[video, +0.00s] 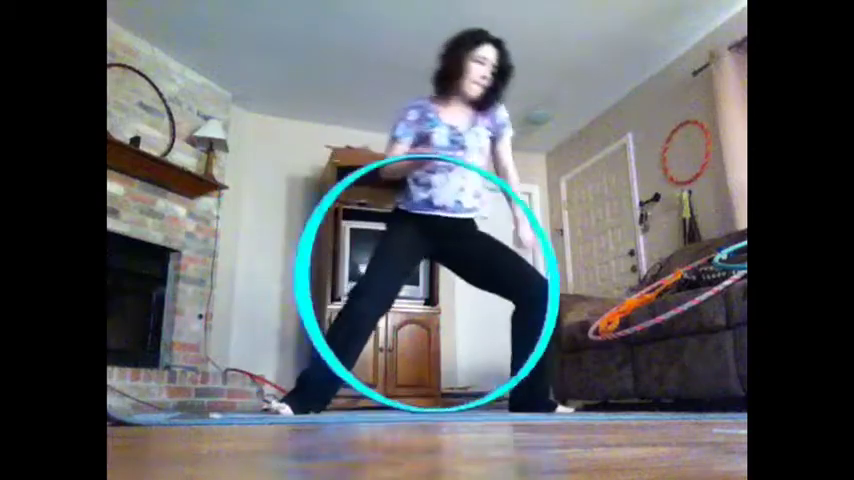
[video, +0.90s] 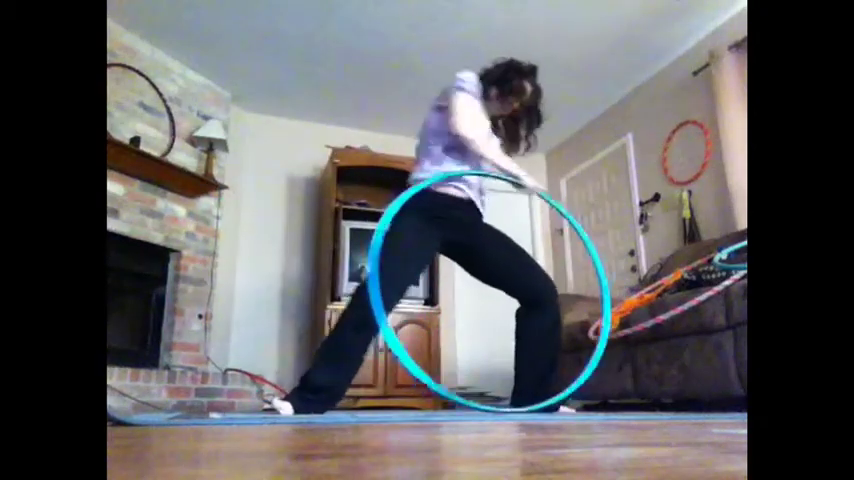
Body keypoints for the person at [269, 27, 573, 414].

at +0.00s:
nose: (486, 73)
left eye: (493, 68)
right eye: (479, 62)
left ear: (496, 77)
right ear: (456, 63)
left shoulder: (493, 117)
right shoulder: (419, 112)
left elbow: (509, 174)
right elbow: (388, 169)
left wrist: (523, 225)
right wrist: (417, 162)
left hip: (461, 232)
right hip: (411, 227)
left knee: (535, 290)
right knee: (364, 304)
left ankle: (531, 400)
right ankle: (303, 401)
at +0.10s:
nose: (509, 79)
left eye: (516, 75)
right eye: (505, 68)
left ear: (520, 84)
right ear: (484, 66)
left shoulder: (506, 127)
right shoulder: (446, 104)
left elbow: (501, 185)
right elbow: (412, 154)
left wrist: (497, 237)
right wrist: (457, 159)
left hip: (467, 231)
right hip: (421, 222)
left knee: (541, 292)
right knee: (374, 306)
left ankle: (532, 399)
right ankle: (303, 402)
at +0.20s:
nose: (523, 86)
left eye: (529, 81)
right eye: (518, 75)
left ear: (529, 88)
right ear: (498, 71)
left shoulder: (509, 131)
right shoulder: (464, 98)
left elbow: (499, 182)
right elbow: (435, 149)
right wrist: (485, 160)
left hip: (471, 230)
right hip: (428, 218)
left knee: (544, 292)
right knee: (379, 305)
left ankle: (533, 400)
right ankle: (304, 401)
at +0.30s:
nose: (531, 90)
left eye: (537, 87)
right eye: (527, 80)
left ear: (537, 97)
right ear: (509, 76)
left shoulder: (505, 133)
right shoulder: (480, 96)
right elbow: (459, 148)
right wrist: (516, 168)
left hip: (467, 228)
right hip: (432, 215)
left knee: (544, 293)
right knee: (379, 307)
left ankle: (534, 403)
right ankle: (304, 402)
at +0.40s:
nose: (536, 103)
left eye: (542, 99)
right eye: (534, 93)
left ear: (540, 104)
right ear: (519, 84)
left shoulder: (510, 125)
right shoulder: (498, 97)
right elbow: (503, 151)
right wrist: (553, 183)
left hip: (469, 227)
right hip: (438, 215)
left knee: (544, 292)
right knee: (384, 309)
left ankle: (530, 405)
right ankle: (304, 402)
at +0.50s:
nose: (542, 105)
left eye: (545, 102)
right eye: (541, 96)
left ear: (536, 105)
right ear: (527, 86)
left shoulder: (507, 125)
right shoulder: (505, 96)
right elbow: (524, 155)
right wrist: (572, 197)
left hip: (472, 228)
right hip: (439, 213)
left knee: (544, 294)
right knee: (391, 306)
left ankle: (532, 401)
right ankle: (306, 402)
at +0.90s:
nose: (507, 112)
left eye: (514, 109)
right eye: (509, 103)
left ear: (514, 107)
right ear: (499, 87)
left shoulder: (487, 124)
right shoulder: (464, 86)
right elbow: (466, 128)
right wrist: (516, 172)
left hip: (465, 220)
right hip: (423, 210)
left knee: (540, 293)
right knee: (375, 299)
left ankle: (533, 404)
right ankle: (307, 401)